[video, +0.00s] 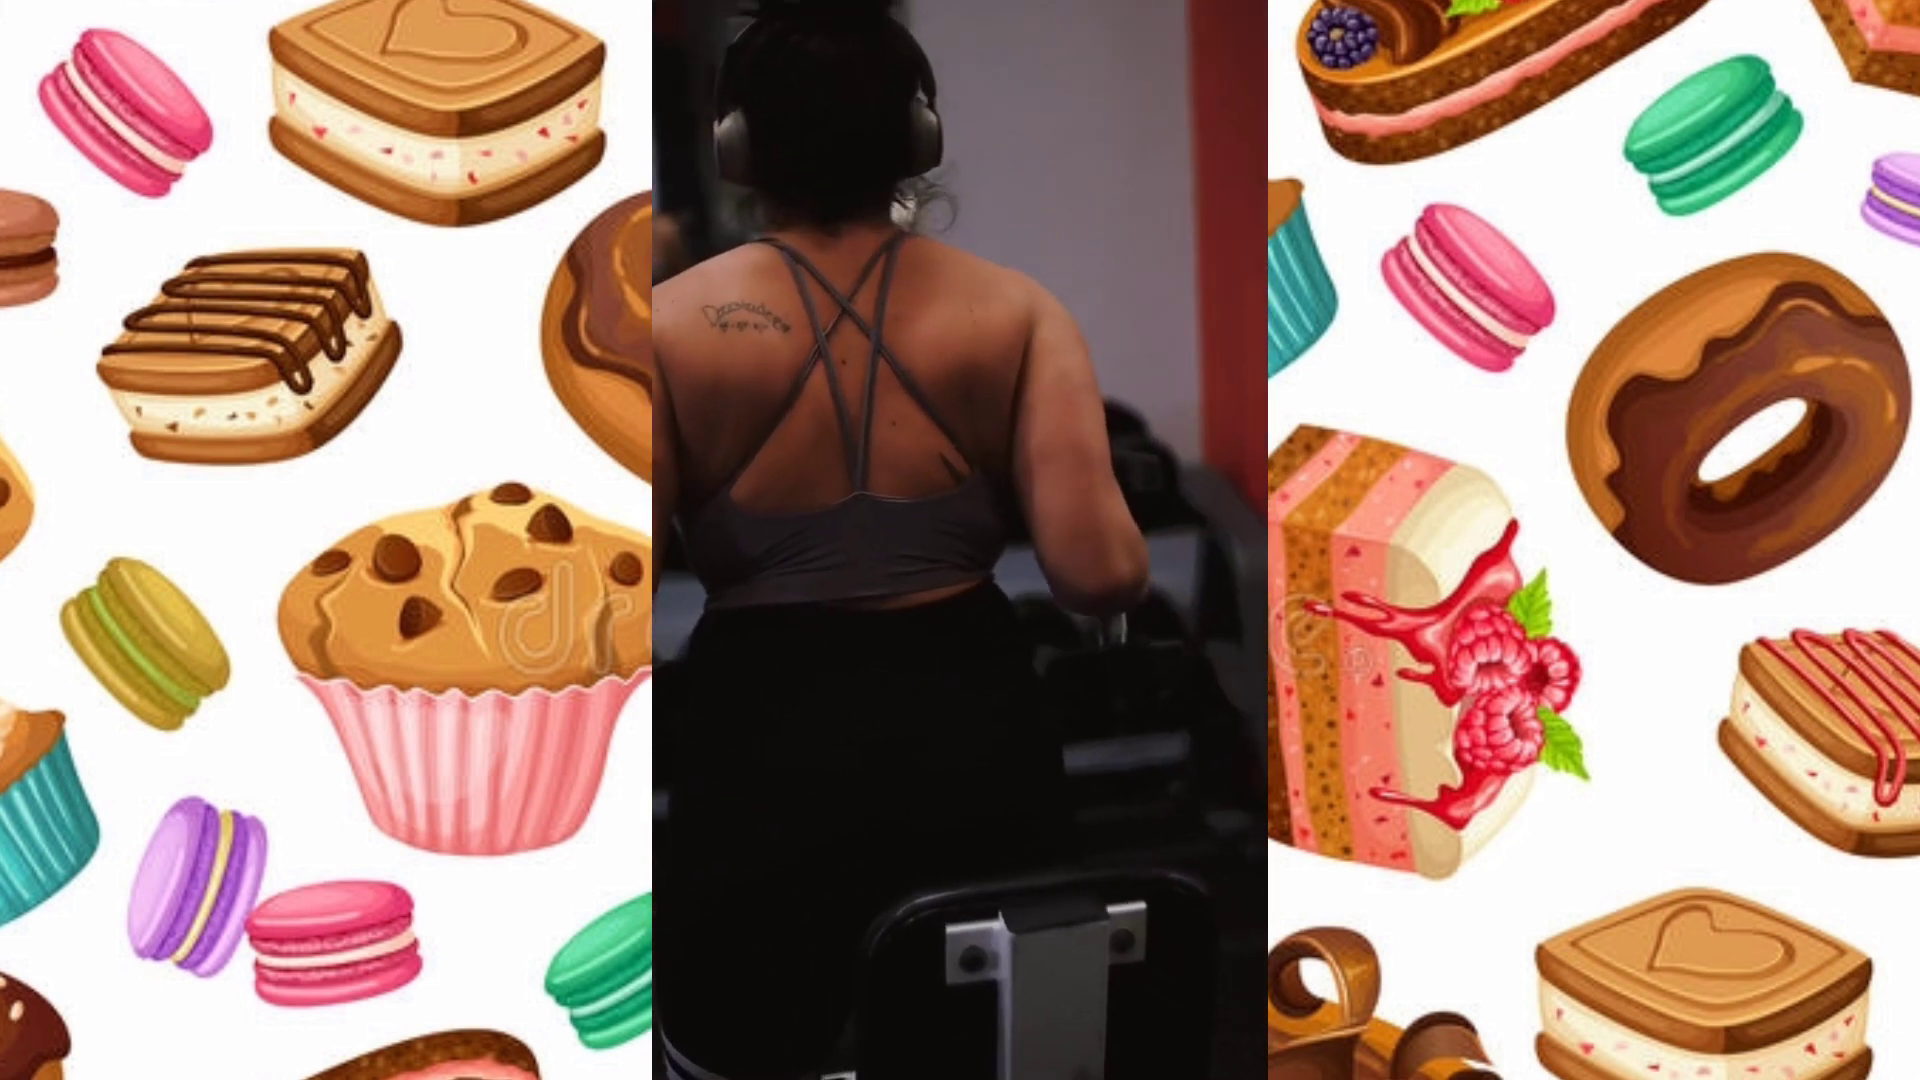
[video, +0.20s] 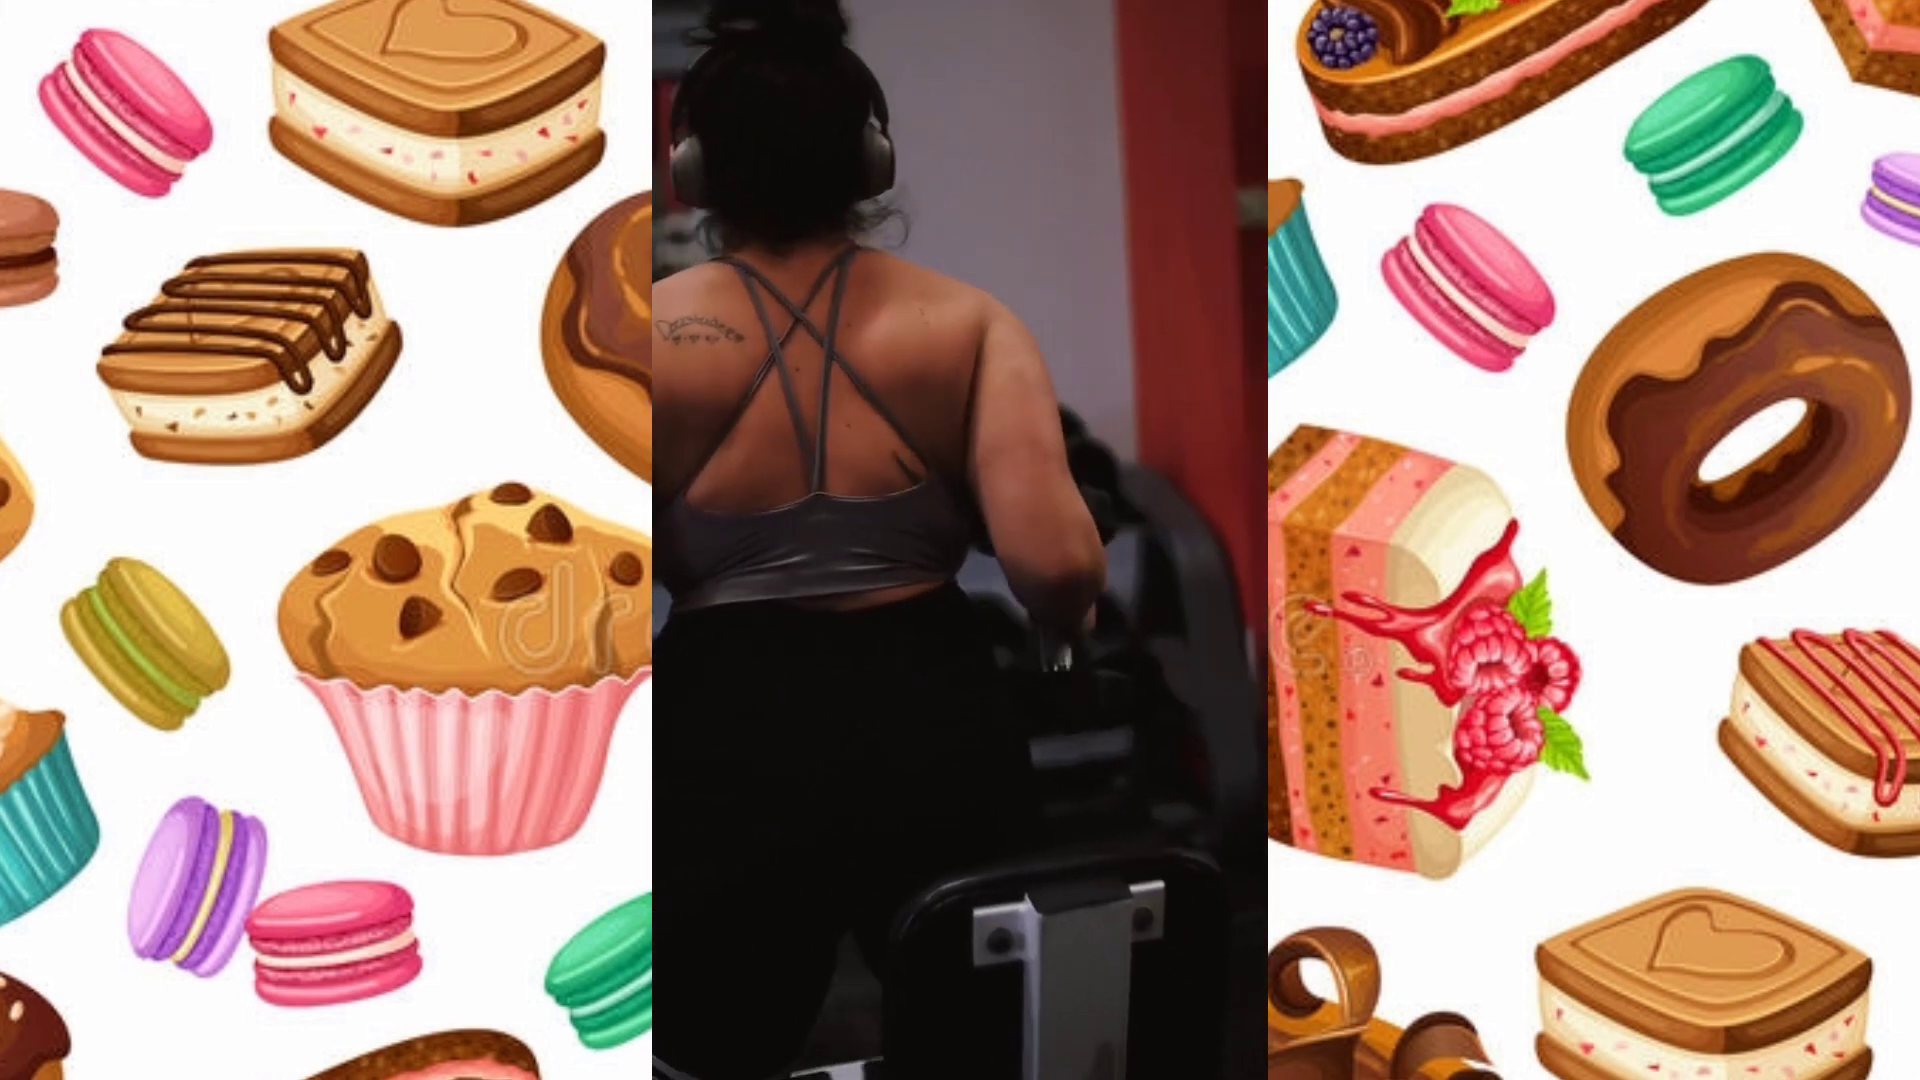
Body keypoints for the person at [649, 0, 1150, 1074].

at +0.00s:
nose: (719, 145)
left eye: (728, 124)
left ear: (740, 147)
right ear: (917, 139)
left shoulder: (672, 326)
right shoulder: (1016, 315)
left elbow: (620, 559)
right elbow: (1097, 568)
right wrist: (1122, 528)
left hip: (756, 741)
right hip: (966, 729)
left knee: (750, 1044)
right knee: (960, 1041)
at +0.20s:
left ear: (708, 175)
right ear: (867, 162)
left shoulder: (648, 337)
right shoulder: (969, 328)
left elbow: (584, 555)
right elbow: (1053, 559)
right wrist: (1074, 611)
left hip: (725, 734)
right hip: (930, 719)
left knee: (720, 1044)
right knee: (957, 1038)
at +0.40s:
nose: (765, 231)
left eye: (770, 215)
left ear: (780, 238)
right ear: (945, 228)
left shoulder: (711, 414)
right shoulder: (1047, 382)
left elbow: (687, 681)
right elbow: (1154, 608)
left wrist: (774, 618)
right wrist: (1077, 627)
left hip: (848, 806)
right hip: (1053, 780)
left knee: (761, 1051)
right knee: (1042, 1052)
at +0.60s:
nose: (862, 399)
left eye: (867, 383)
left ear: (882, 407)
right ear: (1053, 400)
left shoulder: (817, 580)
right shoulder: (1142, 548)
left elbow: (800, 837)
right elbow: (1245, 774)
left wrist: (749, 813)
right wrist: (1154, 759)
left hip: (938, 1000)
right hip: (1142, 988)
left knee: (800, 1057)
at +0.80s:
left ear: (919, 463)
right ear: (1098, 453)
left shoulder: (859, 644)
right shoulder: (1182, 599)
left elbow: (838, 905)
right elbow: (1266, 792)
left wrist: (798, 860)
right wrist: (1167, 799)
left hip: (974, 1033)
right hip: (1176, 1014)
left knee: (799, 1041)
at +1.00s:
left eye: (931, 450)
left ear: (950, 474)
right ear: (1129, 457)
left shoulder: (885, 663)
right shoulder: (1223, 611)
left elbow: (858, 935)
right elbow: (1291, 837)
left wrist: (814, 860)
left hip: (973, 1038)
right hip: (1187, 1018)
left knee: (810, 951)